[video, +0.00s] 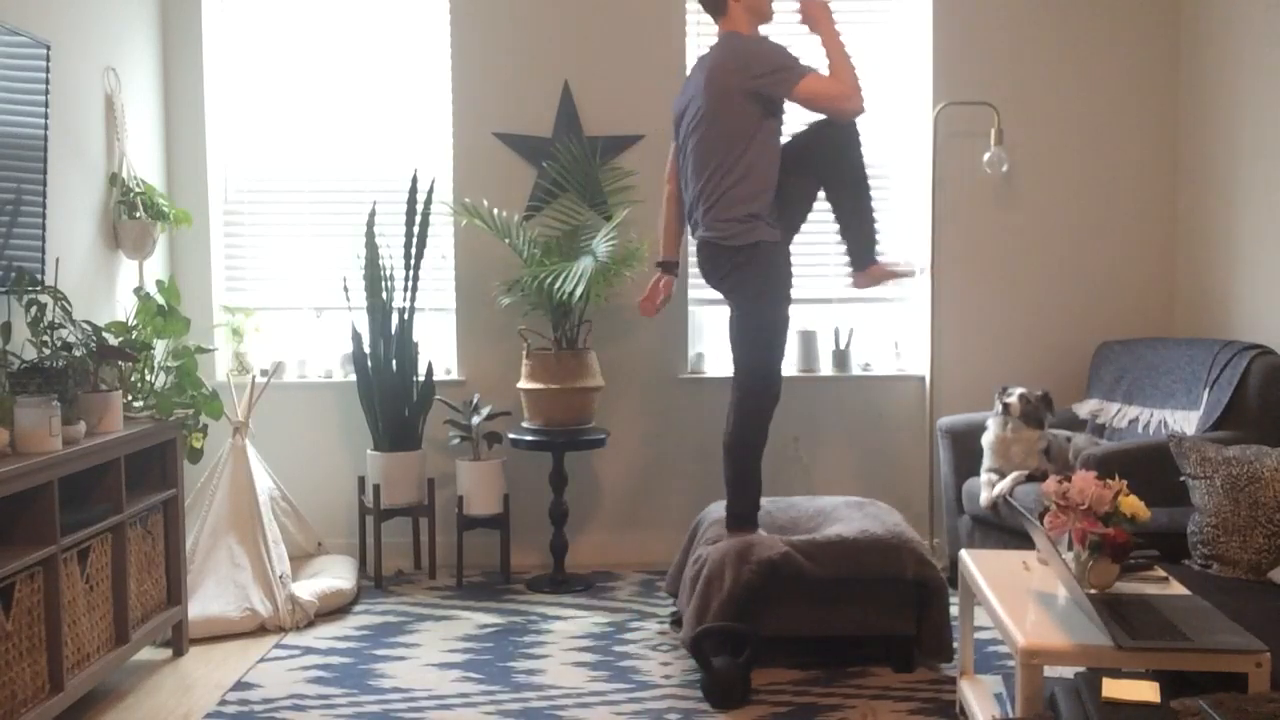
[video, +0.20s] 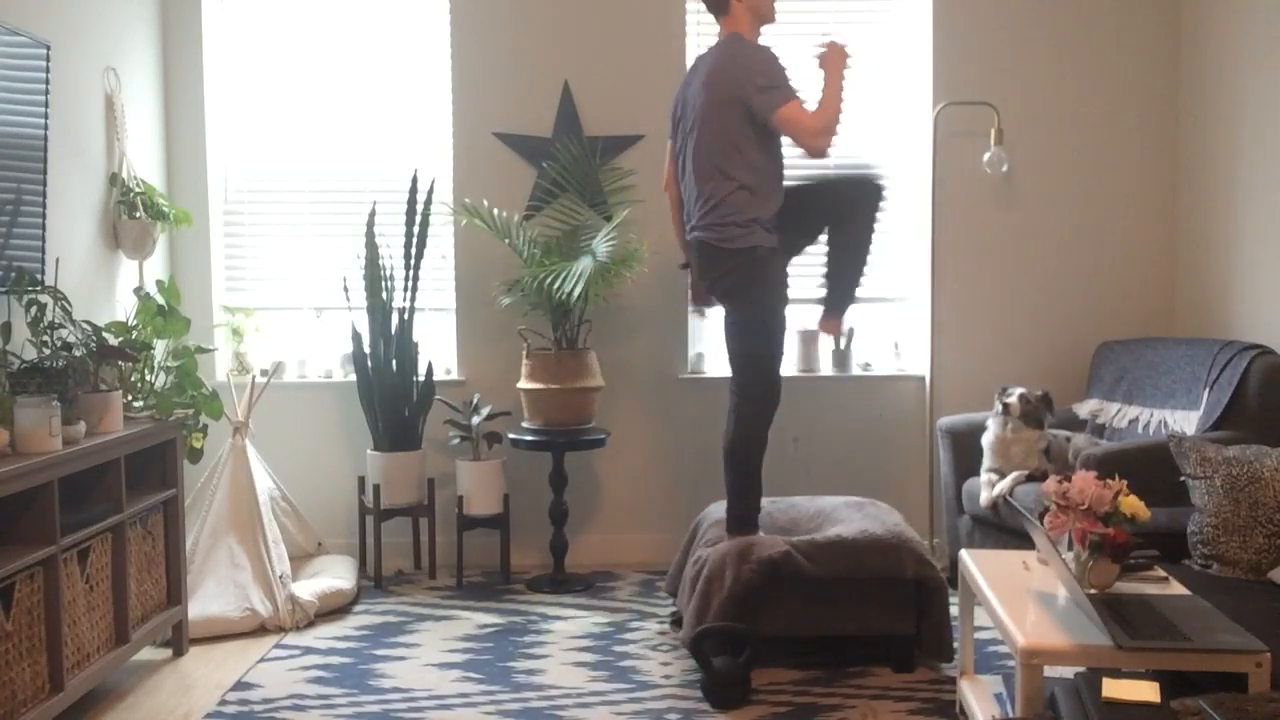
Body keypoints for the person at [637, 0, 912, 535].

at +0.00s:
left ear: (719, 8)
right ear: (740, 1)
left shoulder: (696, 79)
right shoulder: (749, 52)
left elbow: (675, 182)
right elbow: (847, 100)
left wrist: (667, 265)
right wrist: (826, 30)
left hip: (720, 244)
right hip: (750, 245)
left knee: (832, 135)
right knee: (757, 393)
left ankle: (865, 262)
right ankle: (742, 534)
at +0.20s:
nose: (771, 2)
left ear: (724, 10)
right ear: (741, 4)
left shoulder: (695, 76)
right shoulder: (748, 59)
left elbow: (673, 181)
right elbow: (816, 137)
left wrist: (691, 255)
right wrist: (834, 73)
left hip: (714, 240)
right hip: (743, 246)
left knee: (859, 192)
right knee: (755, 397)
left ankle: (832, 323)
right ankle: (742, 541)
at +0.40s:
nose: (766, 2)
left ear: (720, 10)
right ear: (732, 4)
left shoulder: (713, 68)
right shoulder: (731, 67)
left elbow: (710, 168)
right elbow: (726, 161)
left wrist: (793, 175)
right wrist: (808, 176)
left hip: (729, 252)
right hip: (723, 256)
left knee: (804, 356)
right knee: (766, 400)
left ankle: (705, 424)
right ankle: (739, 542)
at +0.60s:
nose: (758, 49)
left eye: (754, 38)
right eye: (750, 38)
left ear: (719, 51)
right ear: (722, 49)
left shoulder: (721, 123)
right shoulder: (710, 119)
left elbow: (729, 231)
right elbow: (679, 210)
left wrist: (796, 249)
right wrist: (732, 286)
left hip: (695, 302)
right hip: (703, 302)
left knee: (702, 433)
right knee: (799, 412)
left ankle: (635, 550)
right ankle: (741, 545)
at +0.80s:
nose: (730, 112)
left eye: (727, 102)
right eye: (721, 102)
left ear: (692, 111)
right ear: (692, 110)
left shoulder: (691, 184)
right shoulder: (674, 180)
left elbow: (717, 281)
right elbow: (629, 267)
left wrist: (764, 223)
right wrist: (636, 362)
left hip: (675, 357)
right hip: (679, 357)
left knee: (650, 490)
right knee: (805, 409)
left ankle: (598, 615)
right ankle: (745, 531)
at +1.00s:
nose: (698, 108)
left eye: (696, 97)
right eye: (689, 98)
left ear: (667, 107)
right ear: (659, 106)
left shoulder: (669, 176)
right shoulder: (643, 170)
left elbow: (705, 267)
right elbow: (589, 256)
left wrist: (709, 194)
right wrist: (586, 352)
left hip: (646, 350)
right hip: (650, 349)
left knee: (627, 489)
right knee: (786, 368)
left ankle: (594, 620)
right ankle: (702, 472)